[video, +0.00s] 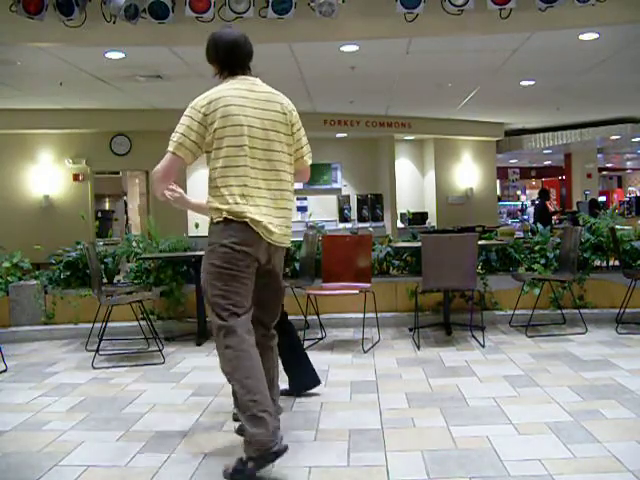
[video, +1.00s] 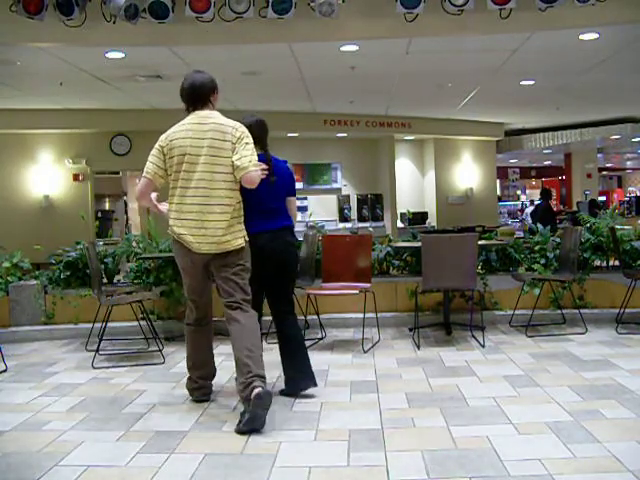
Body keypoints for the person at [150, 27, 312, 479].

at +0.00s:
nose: (210, 69)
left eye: (209, 63)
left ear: (213, 64)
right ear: (250, 60)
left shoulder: (209, 103)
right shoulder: (284, 104)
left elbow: (166, 175)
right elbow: (301, 172)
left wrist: (178, 196)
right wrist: (259, 176)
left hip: (232, 229)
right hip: (277, 233)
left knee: (231, 328)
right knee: (264, 328)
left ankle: (263, 439)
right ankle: (263, 412)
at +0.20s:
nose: (211, 77)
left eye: (211, 72)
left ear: (213, 74)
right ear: (249, 71)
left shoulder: (206, 113)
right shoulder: (280, 113)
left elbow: (165, 183)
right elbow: (301, 181)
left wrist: (192, 204)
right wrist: (265, 170)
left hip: (226, 241)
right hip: (273, 246)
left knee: (215, 330)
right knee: (255, 331)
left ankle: (235, 422)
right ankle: (265, 422)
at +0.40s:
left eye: (207, 88)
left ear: (207, 90)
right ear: (243, 86)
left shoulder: (197, 130)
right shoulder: (272, 125)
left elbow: (161, 198)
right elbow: (296, 188)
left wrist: (182, 213)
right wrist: (267, 169)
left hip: (216, 251)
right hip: (266, 253)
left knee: (204, 327)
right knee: (252, 335)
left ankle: (206, 398)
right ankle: (261, 422)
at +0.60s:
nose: (234, 96)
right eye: (233, 90)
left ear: (198, 98)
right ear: (233, 93)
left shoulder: (186, 139)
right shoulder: (259, 132)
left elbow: (157, 203)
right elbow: (285, 192)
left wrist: (177, 220)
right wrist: (257, 170)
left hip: (206, 249)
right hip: (254, 247)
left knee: (206, 324)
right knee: (254, 330)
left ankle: (201, 387)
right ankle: (260, 417)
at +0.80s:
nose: (222, 93)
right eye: (222, 88)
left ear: (189, 96)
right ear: (222, 91)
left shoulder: (178, 135)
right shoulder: (246, 129)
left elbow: (149, 197)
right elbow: (264, 183)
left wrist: (165, 210)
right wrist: (266, 170)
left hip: (194, 239)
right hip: (238, 238)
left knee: (196, 317)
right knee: (244, 315)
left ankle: (198, 388)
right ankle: (257, 402)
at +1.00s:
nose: (219, 99)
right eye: (218, 94)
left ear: (184, 101)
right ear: (215, 97)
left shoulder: (171, 136)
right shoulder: (235, 131)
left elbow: (143, 193)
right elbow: (250, 180)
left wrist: (158, 206)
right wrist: (256, 171)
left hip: (186, 237)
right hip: (228, 236)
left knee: (196, 314)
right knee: (240, 308)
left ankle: (199, 386)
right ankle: (253, 385)